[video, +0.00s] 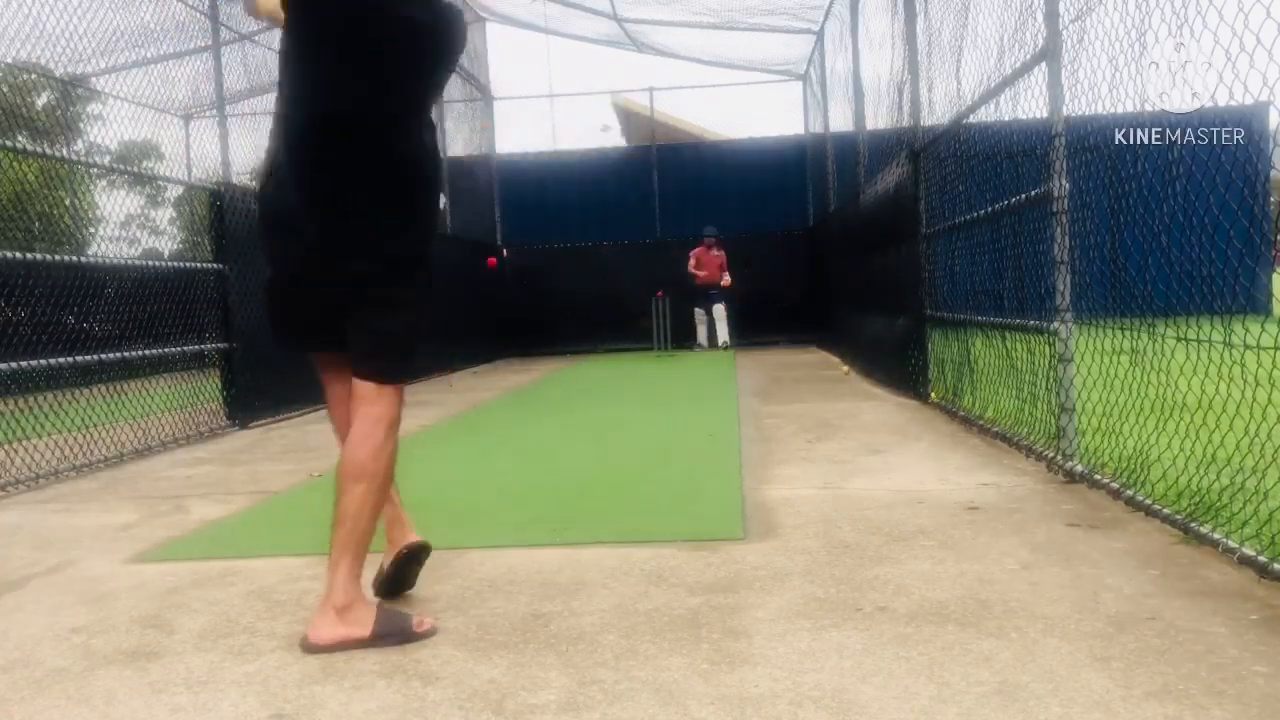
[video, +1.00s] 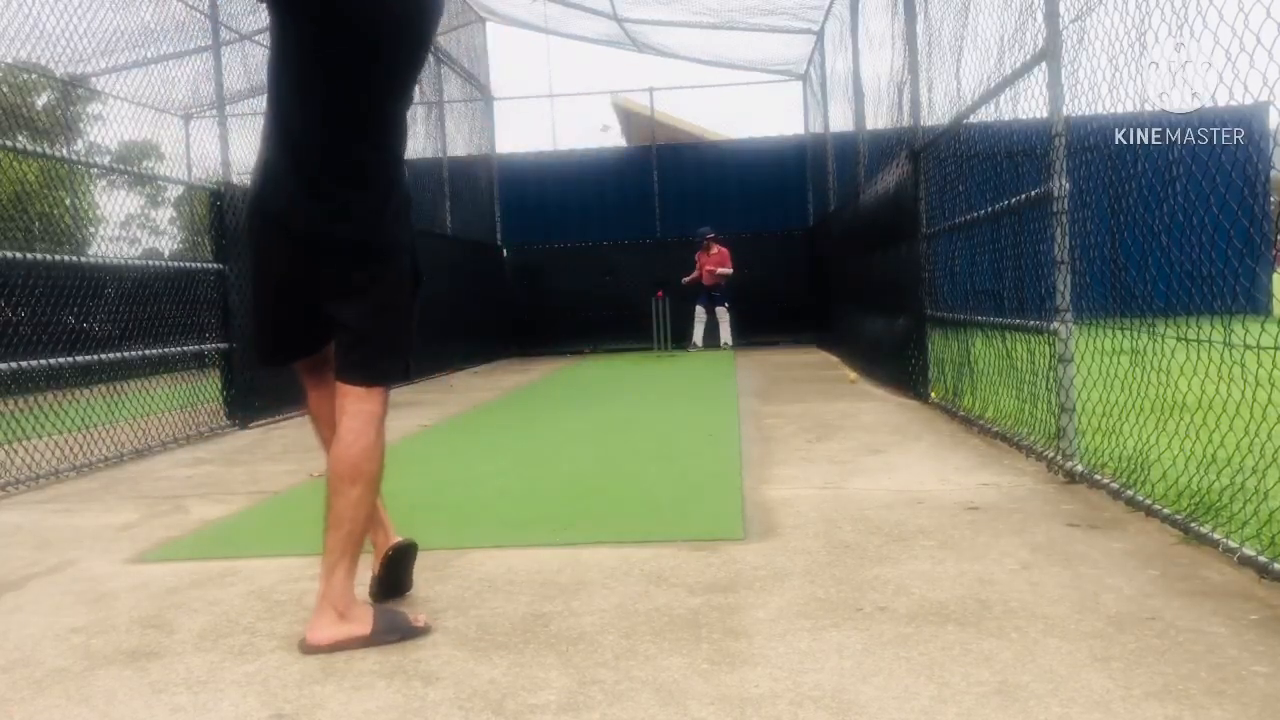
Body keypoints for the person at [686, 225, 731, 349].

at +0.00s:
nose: (710, 240)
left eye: (712, 237)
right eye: (707, 237)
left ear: (716, 239)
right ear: (703, 239)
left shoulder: (720, 253)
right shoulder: (696, 253)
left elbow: (724, 271)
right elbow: (690, 268)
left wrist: (726, 278)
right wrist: (699, 273)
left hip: (715, 286)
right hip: (700, 287)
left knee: (720, 312)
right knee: (700, 315)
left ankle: (723, 342)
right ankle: (702, 343)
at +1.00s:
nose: (701, 244)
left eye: (703, 241)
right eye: (701, 241)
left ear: (709, 240)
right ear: (702, 241)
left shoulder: (723, 252)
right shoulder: (700, 255)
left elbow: (729, 270)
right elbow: (698, 271)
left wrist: (716, 270)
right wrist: (689, 278)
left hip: (719, 286)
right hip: (705, 286)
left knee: (721, 312)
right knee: (699, 311)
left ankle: (726, 342)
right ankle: (697, 343)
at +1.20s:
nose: (726, 264)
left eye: (727, 262)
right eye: (725, 262)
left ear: (727, 262)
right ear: (719, 260)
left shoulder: (723, 269)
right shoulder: (710, 269)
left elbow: (722, 280)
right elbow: (710, 284)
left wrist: (724, 285)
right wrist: (723, 288)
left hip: (710, 291)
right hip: (696, 292)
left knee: (713, 315)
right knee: (689, 316)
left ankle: (714, 345)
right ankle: (682, 339)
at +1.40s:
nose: (717, 251)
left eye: (719, 249)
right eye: (715, 248)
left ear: (723, 251)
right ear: (712, 249)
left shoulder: (722, 263)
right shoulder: (703, 260)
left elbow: (724, 280)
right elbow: (696, 277)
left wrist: (729, 293)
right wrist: (704, 289)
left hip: (711, 292)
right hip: (696, 291)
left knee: (711, 314)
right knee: (688, 315)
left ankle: (714, 345)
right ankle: (686, 343)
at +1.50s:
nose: (715, 248)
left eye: (717, 245)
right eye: (713, 245)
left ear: (720, 246)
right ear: (707, 245)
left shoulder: (720, 260)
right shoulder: (698, 256)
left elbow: (722, 279)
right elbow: (689, 269)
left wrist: (727, 292)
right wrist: (693, 277)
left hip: (710, 290)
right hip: (695, 289)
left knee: (711, 314)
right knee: (688, 315)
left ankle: (714, 345)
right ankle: (689, 345)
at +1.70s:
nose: (702, 244)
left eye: (704, 241)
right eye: (700, 241)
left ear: (707, 242)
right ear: (696, 242)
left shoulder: (712, 258)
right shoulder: (687, 256)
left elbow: (717, 275)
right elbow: (682, 271)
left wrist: (718, 283)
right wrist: (683, 269)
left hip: (707, 292)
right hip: (691, 292)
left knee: (709, 317)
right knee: (689, 319)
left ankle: (714, 345)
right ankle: (690, 346)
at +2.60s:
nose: (693, 247)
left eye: (695, 244)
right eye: (692, 244)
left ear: (702, 242)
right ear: (693, 244)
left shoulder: (714, 254)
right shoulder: (693, 257)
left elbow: (723, 272)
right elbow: (691, 272)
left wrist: (713, 279)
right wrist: (694, 277)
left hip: (709, 288)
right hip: (697, 288)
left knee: (710, 314)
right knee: (693, 314)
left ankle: (713, 345)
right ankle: (691, 345)